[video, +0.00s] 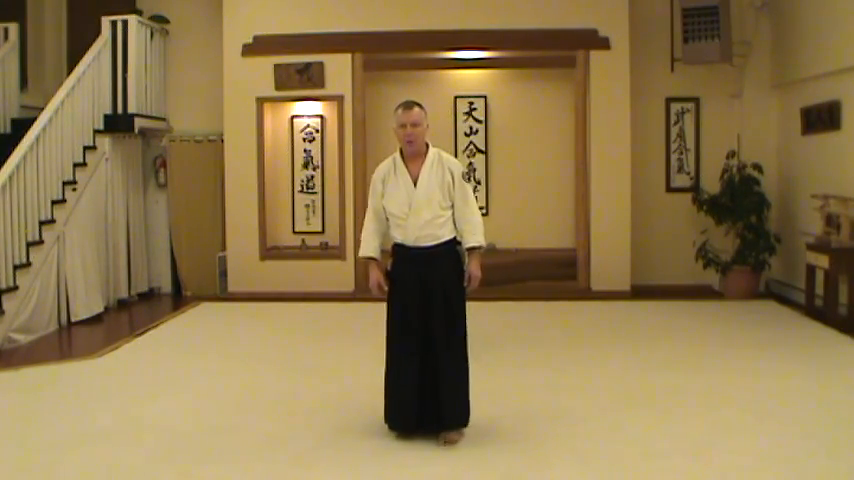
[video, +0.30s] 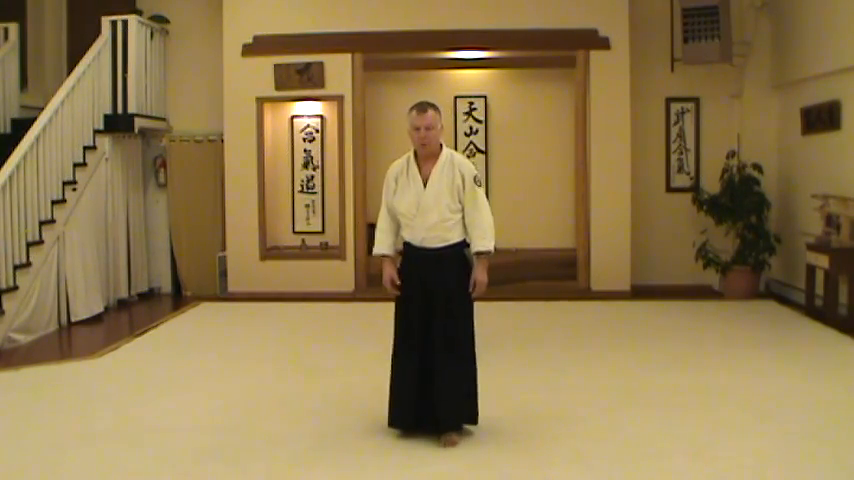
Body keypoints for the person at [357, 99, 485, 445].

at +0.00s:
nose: (409, 132)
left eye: (416, 125)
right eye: (403, 126)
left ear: (427, 128)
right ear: (395, 131)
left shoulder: (449, 166)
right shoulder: (384, 172)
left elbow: (466, 210)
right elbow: (374, 219)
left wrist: (474, 256)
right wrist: (372, 263)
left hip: (444, 261)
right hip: (405, 261)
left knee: (446, 338)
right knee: (405, 339)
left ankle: (451, 421)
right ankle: (408, 419)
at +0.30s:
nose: (423, 135)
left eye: (429, 128)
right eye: (417, 129)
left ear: (442, 129)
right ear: (409, 132)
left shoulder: (460, 167)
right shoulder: (397, 170)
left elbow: (478, 213)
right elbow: (387, 218)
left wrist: (481, 263)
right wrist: (387, 261)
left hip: (451, 261)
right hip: (413, 261)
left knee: (450, 339)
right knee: (413, 338)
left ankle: (450, 422)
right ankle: (415, 418)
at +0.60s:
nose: (429, 137)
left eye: (435, 130)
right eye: (423, 131)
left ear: (447, 131)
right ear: (415, 133)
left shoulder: (466, 168)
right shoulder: (405, 170)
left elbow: (483, 216)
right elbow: (394, 215)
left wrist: (480, 265)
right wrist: (404, 252)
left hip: (455, 261)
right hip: (419, 260)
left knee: (452, 339)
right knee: (416, 338)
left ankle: (451, 422)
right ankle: (416, 416)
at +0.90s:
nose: (425, 135)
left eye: (431, 129)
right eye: (419, 130)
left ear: (443, 130)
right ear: (412, 132)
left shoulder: (461, 169)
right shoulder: (401, 171)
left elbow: (478, 215)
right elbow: (388, 215)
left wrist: (478, 264)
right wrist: (406, 238)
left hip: (451, 260)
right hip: (416, 261)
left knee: (449, 337)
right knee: (419, 336)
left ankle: (449, 421)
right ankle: (424, 414)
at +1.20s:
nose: (417, 138)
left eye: (423, 131)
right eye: (411, 132)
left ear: (436, 133)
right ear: (405, 136)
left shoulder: (455, 170)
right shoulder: (396, 173)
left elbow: (471, 216)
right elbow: (385, 215)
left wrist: (469, 263)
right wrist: (402, 236)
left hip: (445, 260)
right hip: (411, 260)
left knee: (443, 338)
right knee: (410, 335)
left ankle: (448, 419)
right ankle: (413, 412)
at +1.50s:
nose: (418, 148)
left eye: (423, 141)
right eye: (412, 142)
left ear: (437, 137)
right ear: (406, 141)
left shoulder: (456, 172)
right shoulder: (398, 174)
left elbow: (472, 218)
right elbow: (386, 217)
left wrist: (469, 267)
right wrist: (402, 238)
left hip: (445, 261)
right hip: (412, 262)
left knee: (442, 338)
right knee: (411, 336)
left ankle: (442, 421)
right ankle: (413, 410)